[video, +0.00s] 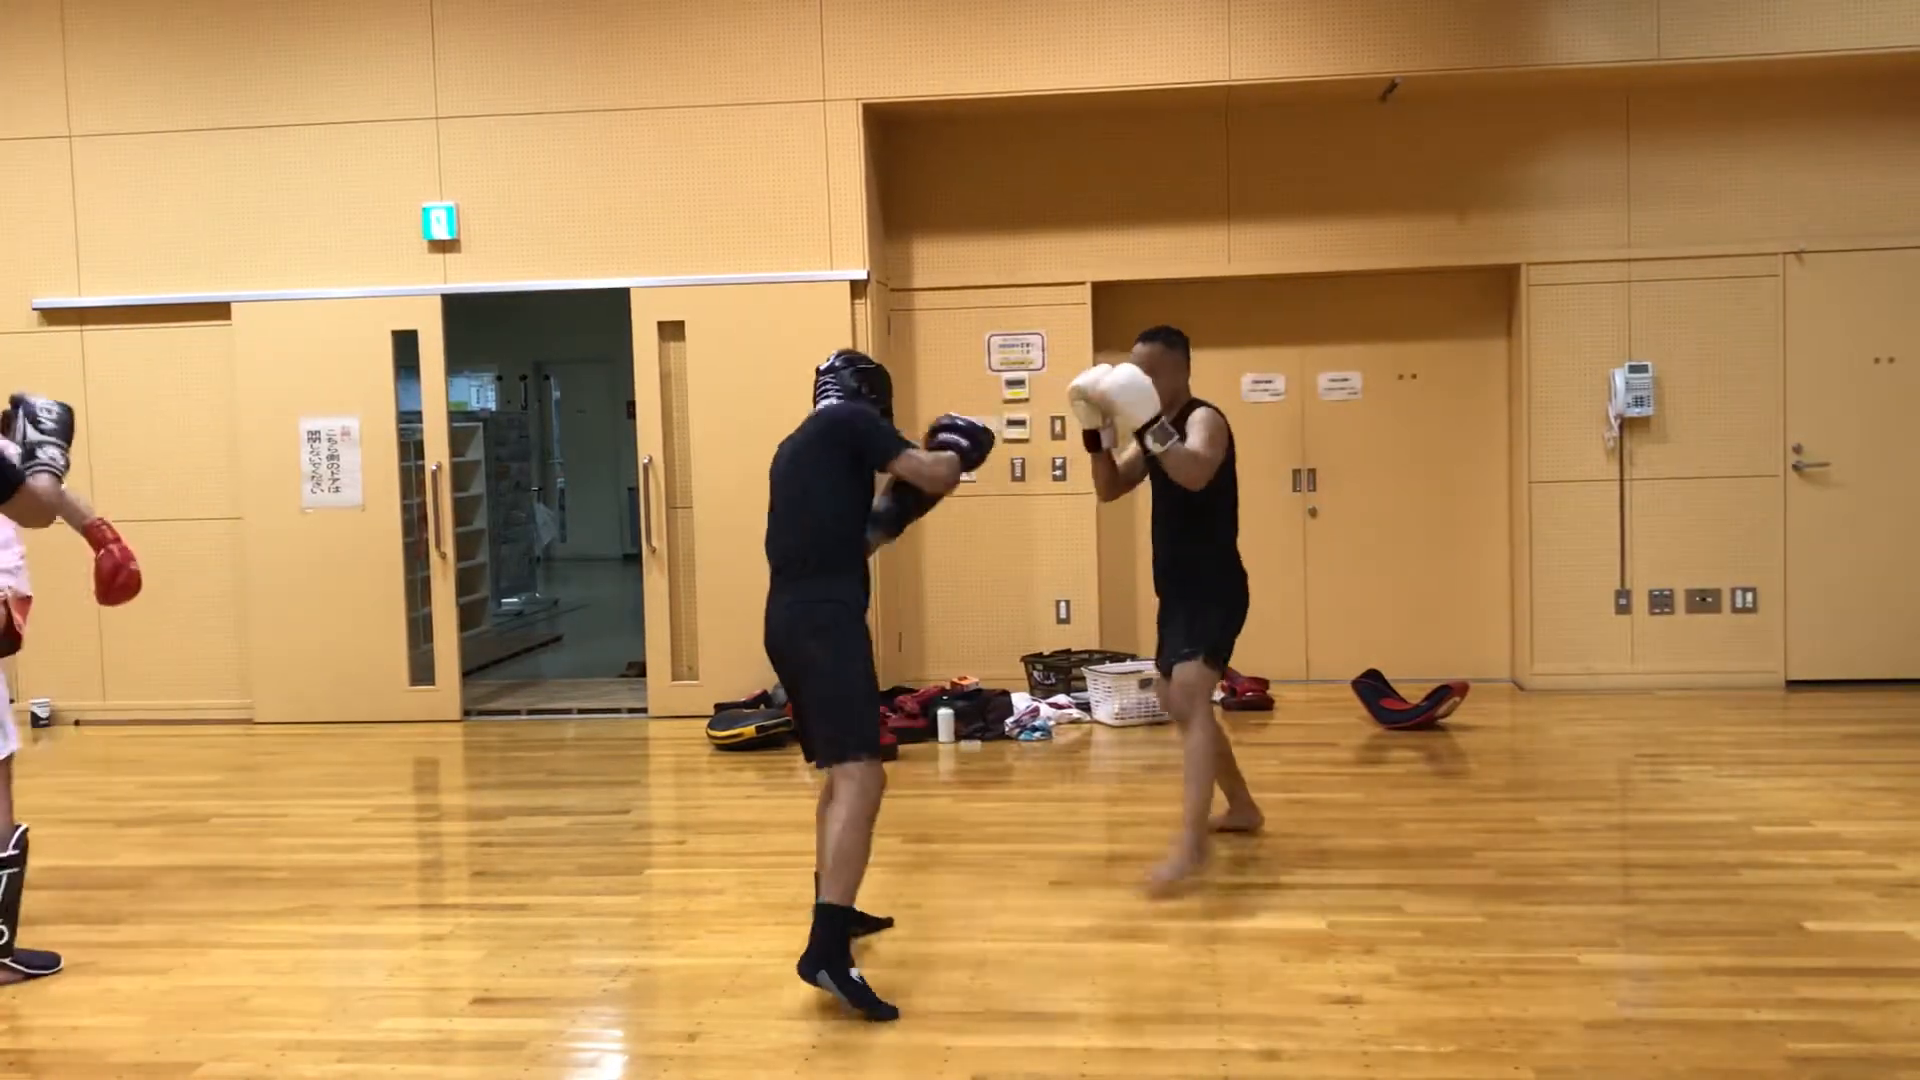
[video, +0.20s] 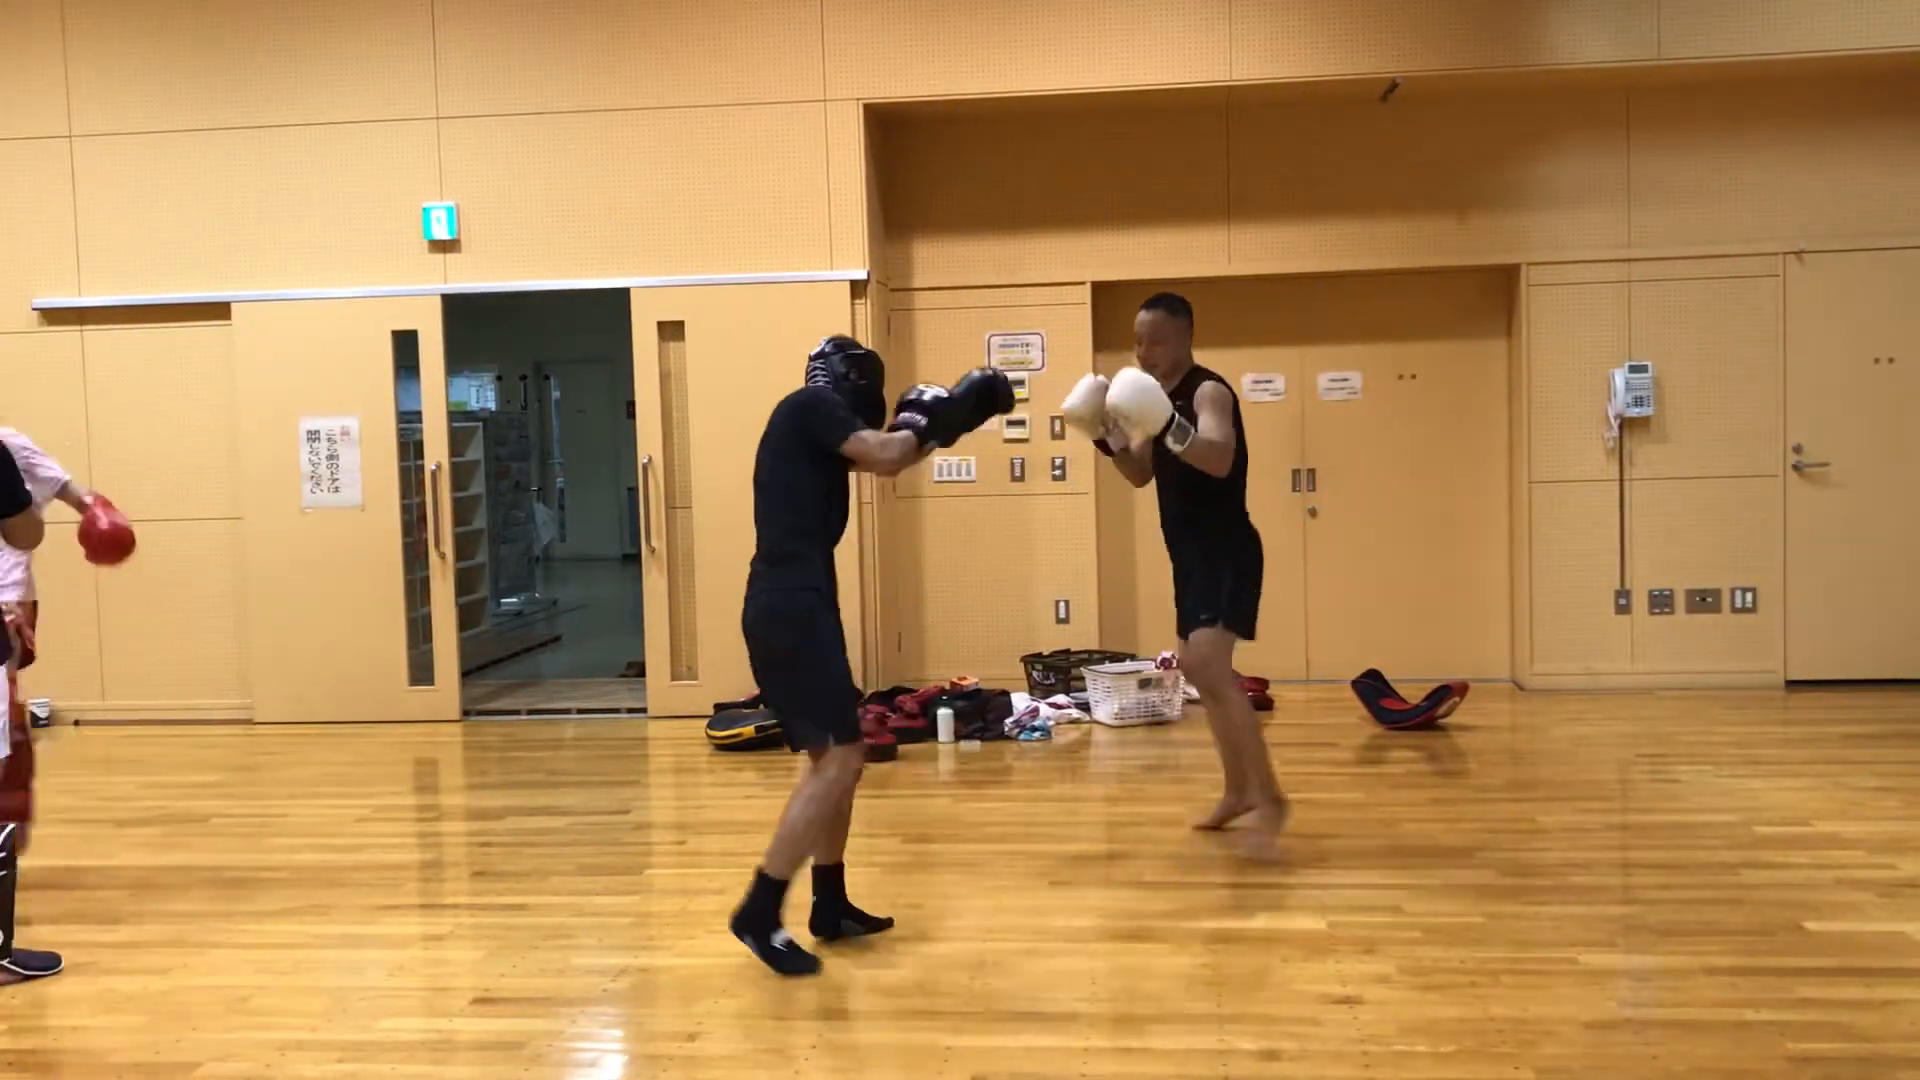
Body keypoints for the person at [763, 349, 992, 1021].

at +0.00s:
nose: (886, 415)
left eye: (884, 406)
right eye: (884, 404)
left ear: (824, 391)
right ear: (871, 393)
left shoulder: (794, 449)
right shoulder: (853, 419)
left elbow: (846, 547)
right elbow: (934, 479)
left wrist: (897, 508)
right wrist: (955, 447)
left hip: (794, 621)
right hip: (827, 621)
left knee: (841, 775)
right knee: (861, 778)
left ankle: (835, 909)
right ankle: (825, 951)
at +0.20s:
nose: (872, 396)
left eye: (870, 384)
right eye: (870, 382)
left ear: (823, 371)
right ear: (851, 375)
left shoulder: (807, 415)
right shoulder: (814, 407)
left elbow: (873, 463)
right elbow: (887, 457)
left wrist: (906, 423)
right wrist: (940, 420)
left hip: (796, 606)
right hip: (791, 607)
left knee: (837, 757)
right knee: (841, 757)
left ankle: (830, 908)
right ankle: (758, 912)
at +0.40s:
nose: (864, 411)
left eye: (866, 401)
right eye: (861, 399)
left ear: (820, 390)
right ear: (836, 393)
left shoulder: (805, 440)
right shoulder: (784, 432)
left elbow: (828, 516)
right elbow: (826, 520)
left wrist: (875, 469)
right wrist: (878, 471)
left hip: (798, 630)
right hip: (767, 633)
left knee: (860, 730)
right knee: (800, 776)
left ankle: (802, 844)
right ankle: (727, 924)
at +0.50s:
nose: (858, 409)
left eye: (862, 399)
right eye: (851, 396)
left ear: (854, 396)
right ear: (821, 385)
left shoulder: (833, 437)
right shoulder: (772, 430)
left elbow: (884, 474)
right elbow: (786, 514)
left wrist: (917, 431)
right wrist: (850, 476)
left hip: (796, 617)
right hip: (754, 616)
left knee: (828, 725)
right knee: (766, 753)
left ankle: (790, 849)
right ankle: (728, 919)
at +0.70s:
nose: (832, 406)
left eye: (839, 398)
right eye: (826, 394)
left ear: (842, 387)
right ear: (798, 377)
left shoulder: (827, 421)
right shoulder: (754, 418)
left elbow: (886, 448)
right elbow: (778, 504)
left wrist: (943, 408)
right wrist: (842, 463)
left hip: (781, 597)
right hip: (735, 597)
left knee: (809, 720)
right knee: (741, 736)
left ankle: (787, 854)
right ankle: (672, 858)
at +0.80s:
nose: (815, 415)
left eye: (822, 406)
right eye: (811, 401)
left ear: (829, 393)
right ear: (785, 377)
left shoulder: (810, 425)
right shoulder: (745, 418)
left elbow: (846, 475)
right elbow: (776, 504)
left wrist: (903, 435)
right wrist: (834, 461)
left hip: (778, 595)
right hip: (731, 595)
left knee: (804, 719)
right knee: (731, 733)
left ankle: (787, 853)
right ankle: (658, 833)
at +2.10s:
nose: (777, 416)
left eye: (779, 407)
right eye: (768, 407)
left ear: (773, 407)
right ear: (737, 403)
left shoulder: (770, 443)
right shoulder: (689, 449)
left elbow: (810, 504)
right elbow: (699, 532)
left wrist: (821, 469)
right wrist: (753, 491)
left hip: (760, 600)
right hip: (705, 605)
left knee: (822, 691)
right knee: (679, 719)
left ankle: (871, 800)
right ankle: (629, 824)